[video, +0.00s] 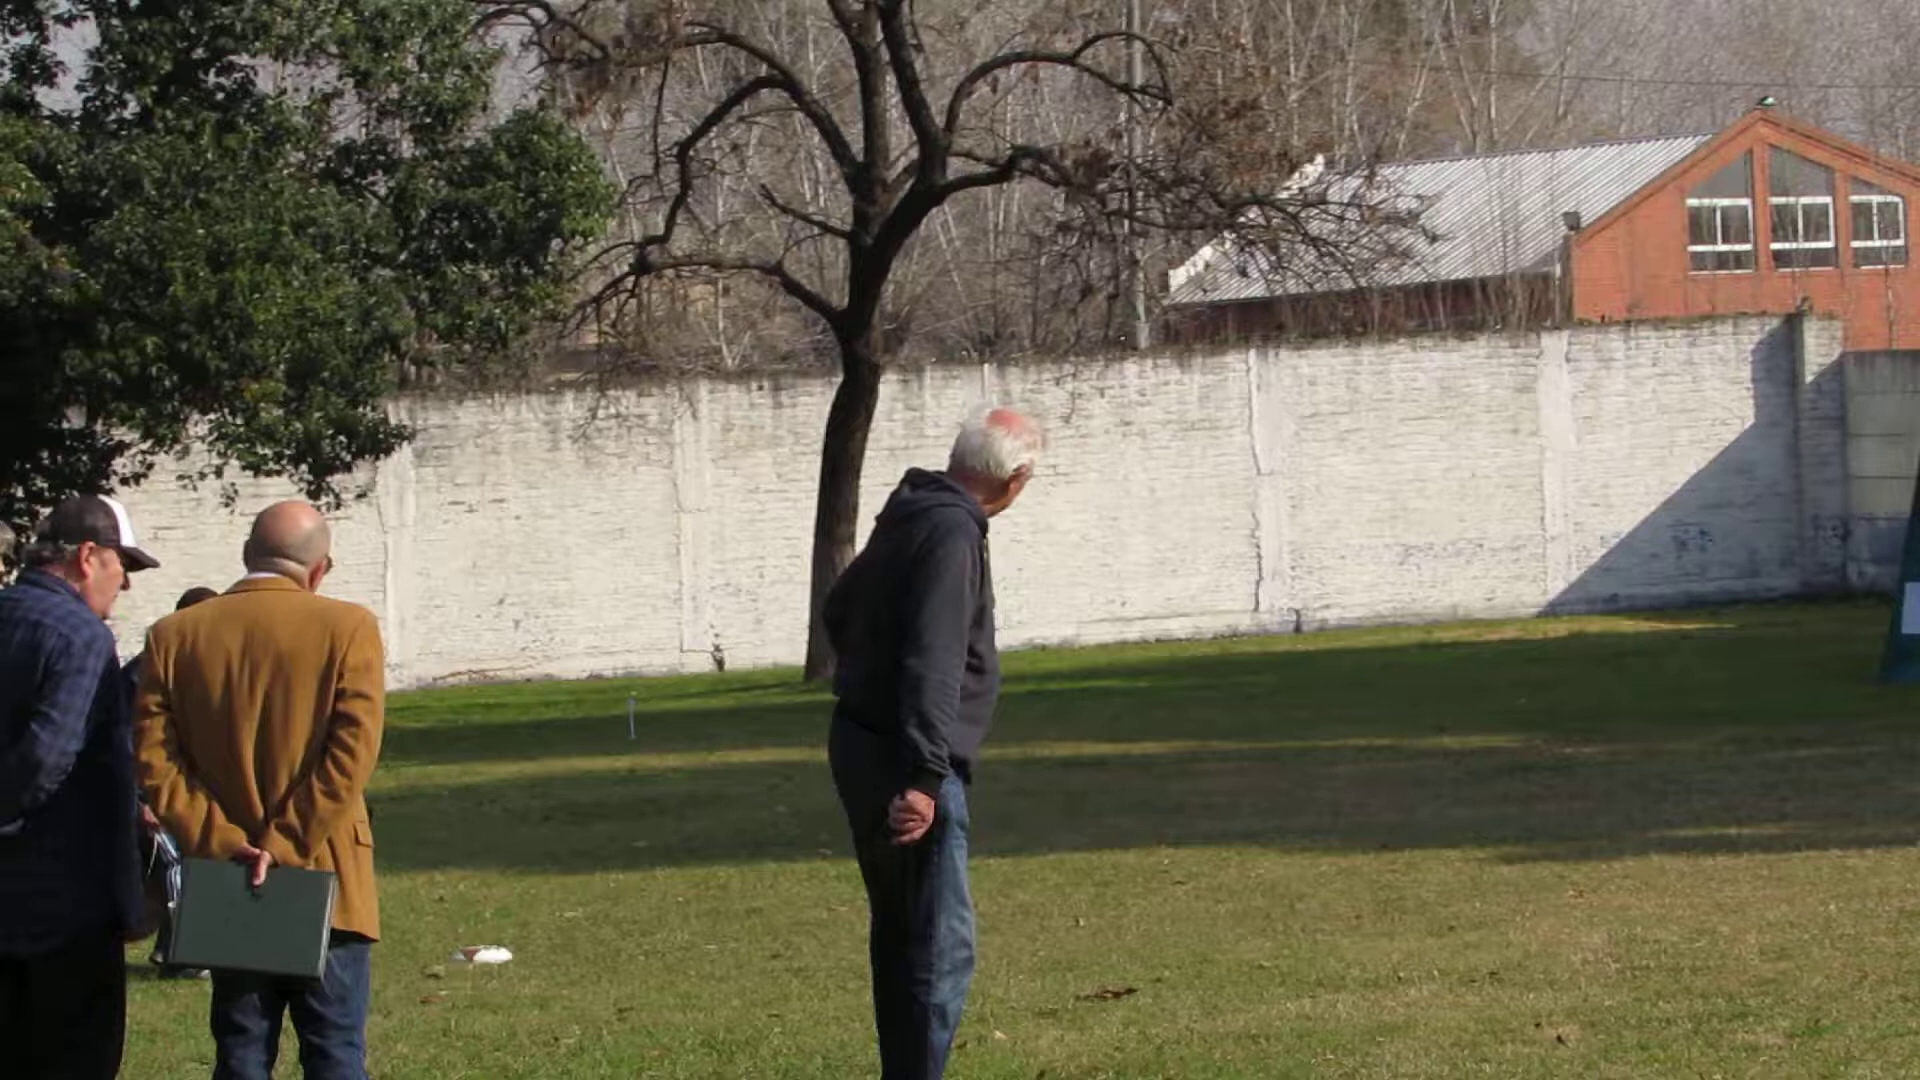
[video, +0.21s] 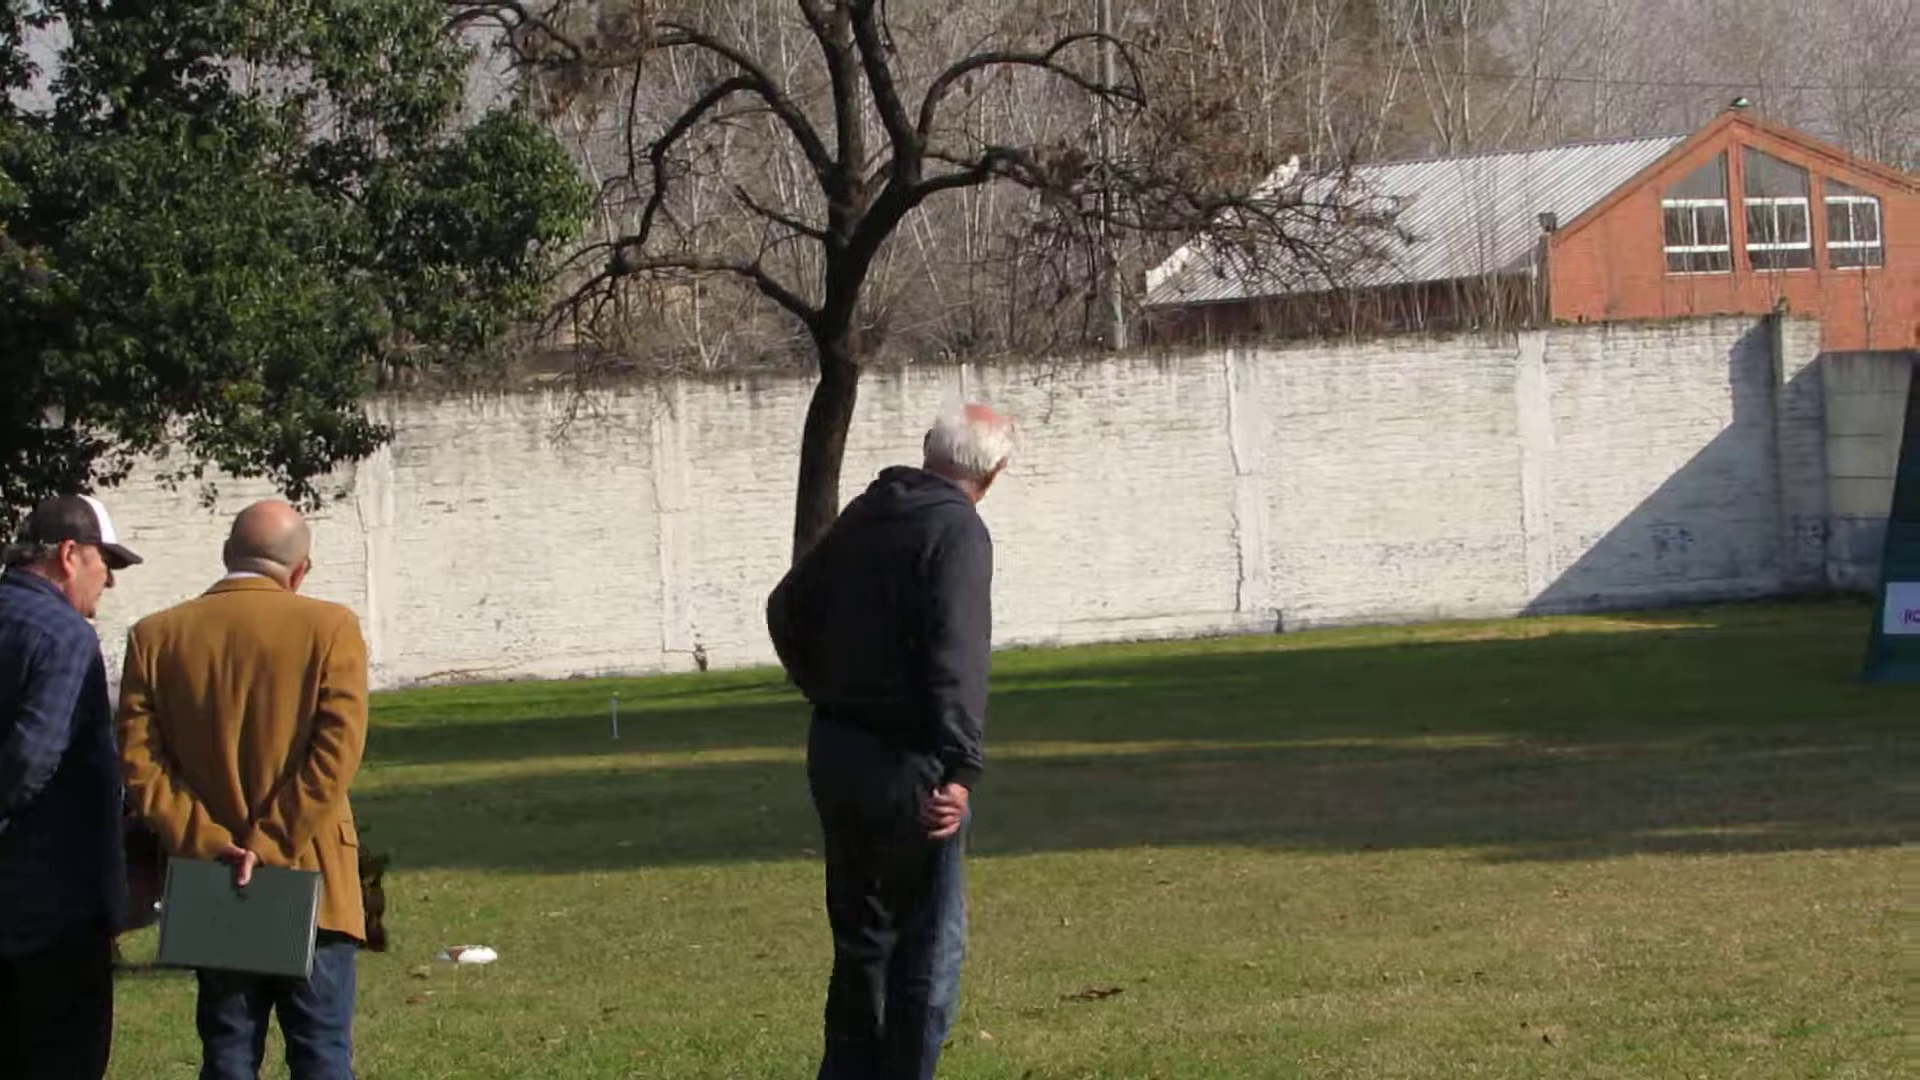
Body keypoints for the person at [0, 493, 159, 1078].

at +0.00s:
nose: (125, 583)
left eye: (128, 570)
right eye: (123, 567)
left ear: (61, 556)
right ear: (86, 559)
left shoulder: (10, 607)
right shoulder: (80, 633)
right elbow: (45, 756)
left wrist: (122, 803)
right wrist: (9, 815)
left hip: (16, 884)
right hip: (63, 891)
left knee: (21, 1041)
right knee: (80, 1051)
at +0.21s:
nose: (108, 579)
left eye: (109, 565)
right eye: (104, 562)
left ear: (54, 557)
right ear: (68, 557)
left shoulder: (14, 610)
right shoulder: (62, 632)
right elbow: (31, 758)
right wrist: (6, 813)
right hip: (53, 896)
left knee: (25, 1045)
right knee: (68, 1053)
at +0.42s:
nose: (112, 580)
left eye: (113, 566)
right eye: (107, 562)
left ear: (56, 556)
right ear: (70, 556)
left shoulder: (14, 609)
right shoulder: (62, 632)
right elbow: (31, 758)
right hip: (54, 898)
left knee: (27, 1045)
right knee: (69, 1052)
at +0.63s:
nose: (124, 582)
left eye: (126, 568)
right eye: (121, 564)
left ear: (62, 553)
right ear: (82, 554)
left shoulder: (12, 607)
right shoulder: (74, 631)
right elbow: (42, 755)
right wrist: (6, 812)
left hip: (18, 888)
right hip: (64, 893)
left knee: (23, 1043)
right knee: (80, 1052)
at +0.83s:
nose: (130, 582)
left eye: (132, 569)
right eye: (126, 565)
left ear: (64, 555)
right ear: (87, 557)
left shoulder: (10, 609)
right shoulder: (80, 635)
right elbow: (46, 759)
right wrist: (10, 815)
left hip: (16, 894)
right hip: (68, 901)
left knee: (22, 1049)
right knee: (83, 1058)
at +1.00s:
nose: (135, 584)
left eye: (137, 571)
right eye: (131, 567)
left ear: (68, 555)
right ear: (92, 557)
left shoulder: (8, 612)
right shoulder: (87, 638)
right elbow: (51, 760)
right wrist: (9, 820)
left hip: (14, 892)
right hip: (71, 900)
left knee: (20, 1049)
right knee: (85, 1059)